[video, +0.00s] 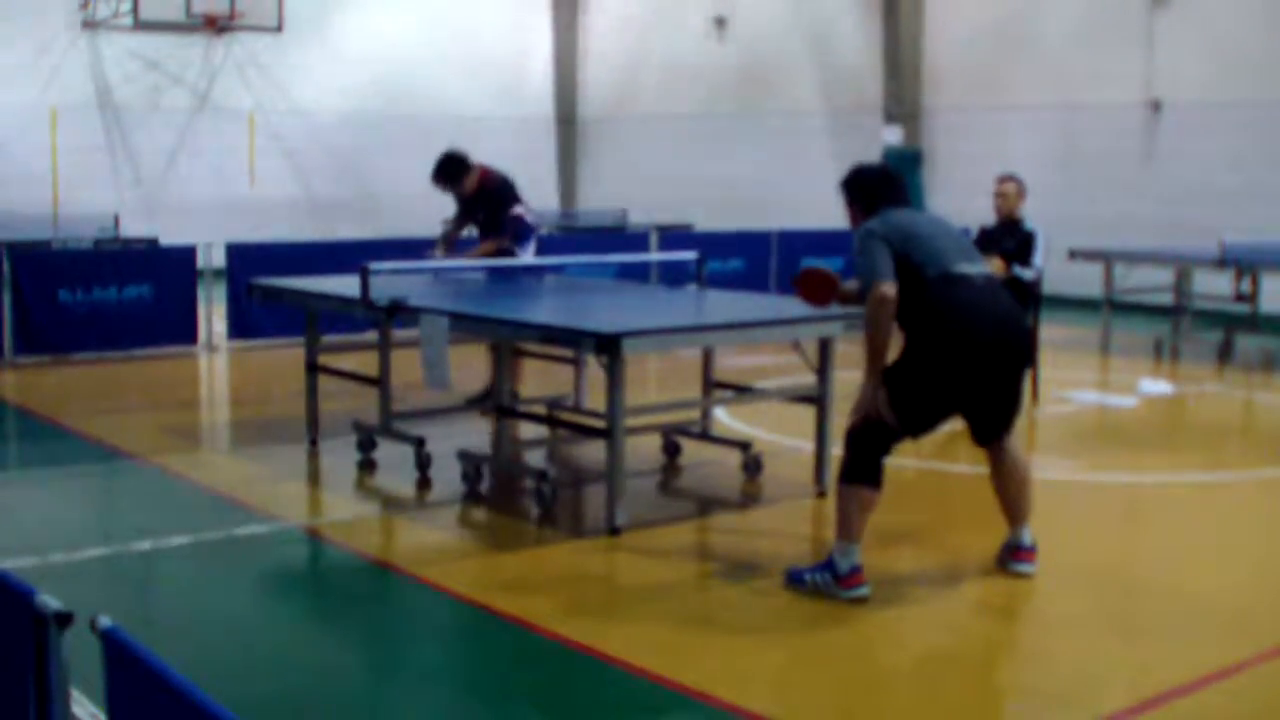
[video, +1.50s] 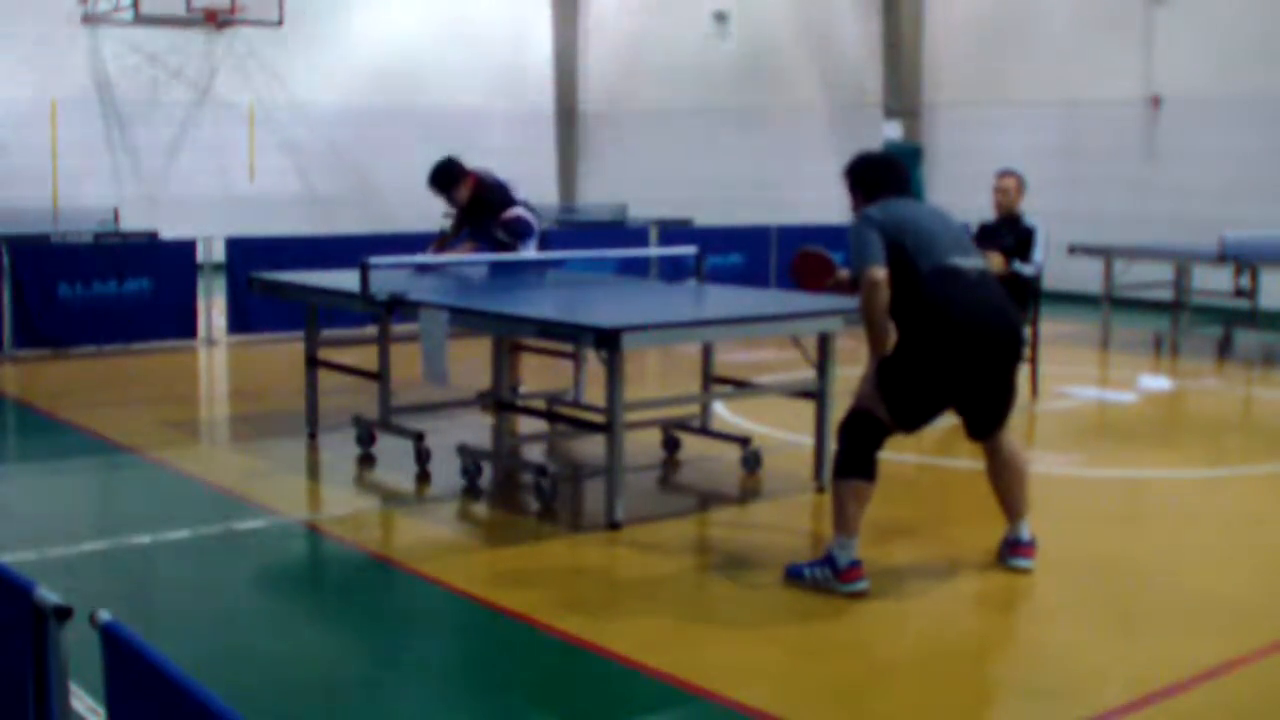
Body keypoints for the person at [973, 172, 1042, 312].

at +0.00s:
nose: (999, 203)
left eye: (1005, 197)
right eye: (997, 196)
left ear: (1020, 199)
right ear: (993, 198)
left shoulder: (1032, 235)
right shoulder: (985, 233)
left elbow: (1034, 273)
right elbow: (965, 265)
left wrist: (1009, 270)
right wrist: (987, 266)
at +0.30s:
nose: (1000, 199)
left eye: (1006, 193)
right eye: (998, 192)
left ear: (1019, 196)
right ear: (993, 194)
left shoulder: (1030, 231)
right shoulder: (985, 229)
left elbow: (1034, 270)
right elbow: (965, 262)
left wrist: (1008, 266)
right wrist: (987, 264)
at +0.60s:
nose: (1000, 199)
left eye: (1006, 193)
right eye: (998, 192)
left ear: (1019, 196)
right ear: (994, 194)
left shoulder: (1032, 232)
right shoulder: (985, 230)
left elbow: (1035, 271)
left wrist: (1008, 266)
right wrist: (986, 263)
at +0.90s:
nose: (1000, 199)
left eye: (1006, 193)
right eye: (998, 192)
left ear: (1019, 196)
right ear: (994, 194)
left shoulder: (1032, 232)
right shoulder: (985, 230)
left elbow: (1034, 270)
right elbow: (969, 260)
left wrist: (1008, 266)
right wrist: (986, 261)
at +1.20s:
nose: (999, 199)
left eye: (1006, 193)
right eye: (997, 192)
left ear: (1019, 195)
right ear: (994, 193)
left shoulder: (1033, 231)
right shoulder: (985, 230)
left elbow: (1035, 269)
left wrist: (1008, 266)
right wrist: (986, 263)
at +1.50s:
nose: (1000, 199)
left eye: (1006, 193)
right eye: (997, 192)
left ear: (1019, 195)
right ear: (993, 193)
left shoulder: (1032, 230)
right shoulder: (985, 229)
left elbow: (1035, 269)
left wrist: (1008, 265)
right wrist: (986, 261)